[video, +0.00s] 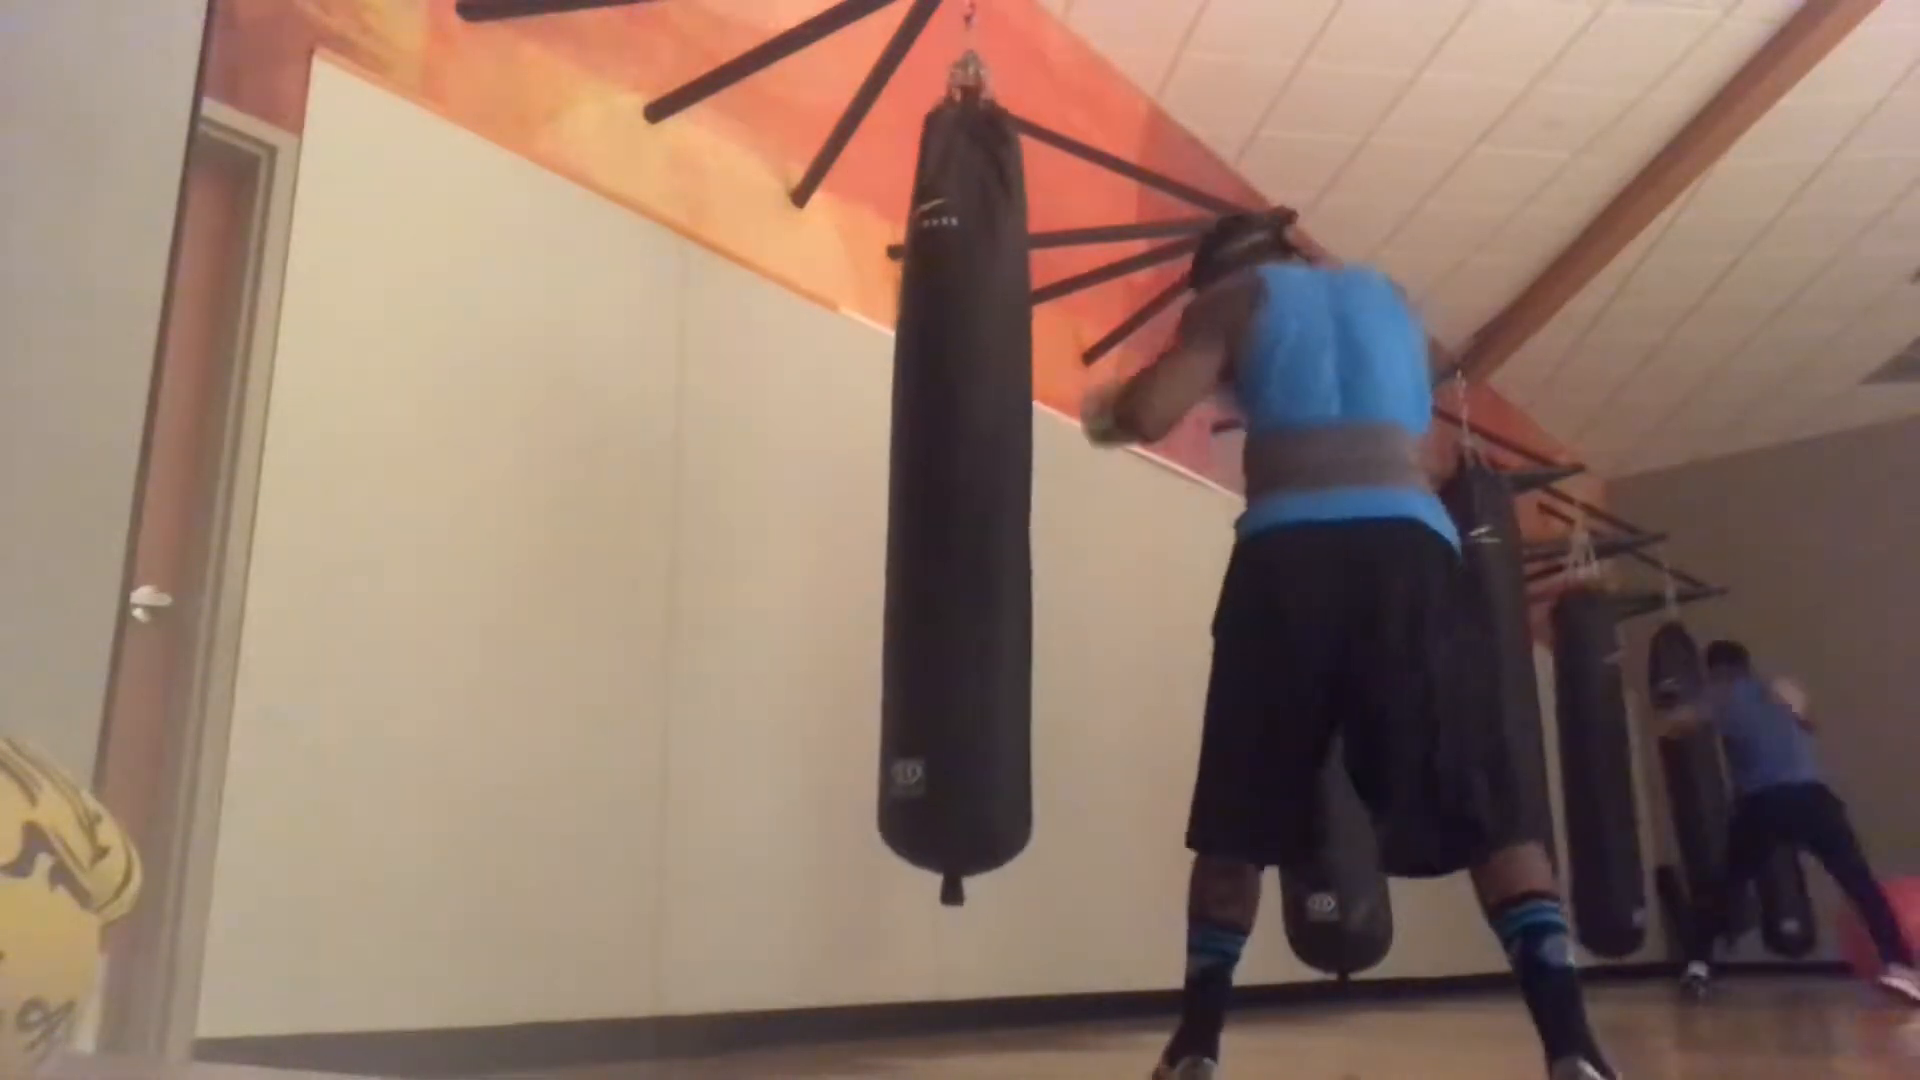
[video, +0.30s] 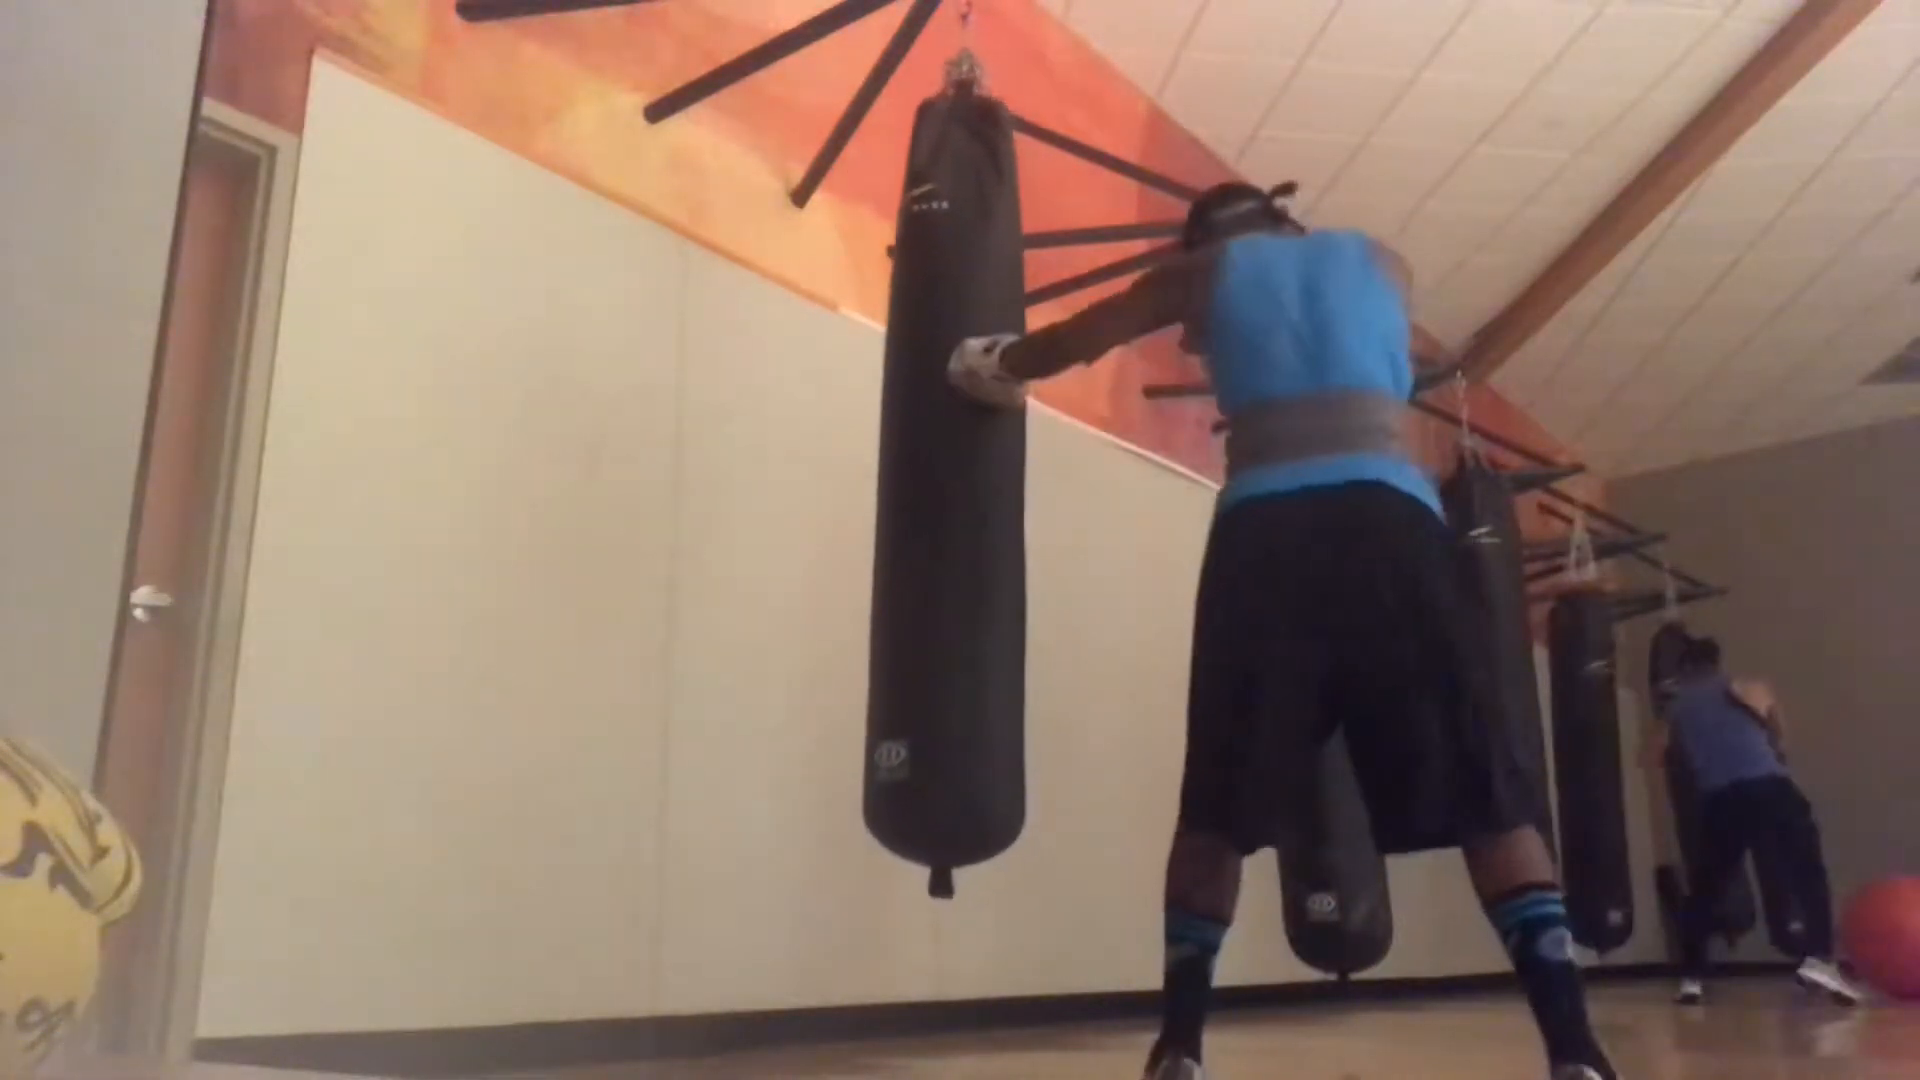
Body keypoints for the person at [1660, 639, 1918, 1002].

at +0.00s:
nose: (1713, 679)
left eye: (1712, 672)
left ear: (1712, 671)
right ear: (1746, 665)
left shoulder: (1717, 699)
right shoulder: (1776, 690)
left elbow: (1672, 724)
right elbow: (1808, 722)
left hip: (1760, 803)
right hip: (1810, 795)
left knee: (1729, 882)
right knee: (1858, 880)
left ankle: (1700, 962)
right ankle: (1897, 961)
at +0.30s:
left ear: (1681, 672)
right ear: (1717, 664)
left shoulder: (1675, 708)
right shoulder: (1739, 686)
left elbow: (1656, 756)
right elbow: (1769, 710)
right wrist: (1777, 748)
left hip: (1719, 801)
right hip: (1772, 790)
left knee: (1706, 886)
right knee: (1808, 869)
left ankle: (1692, 977)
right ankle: (1819, 958)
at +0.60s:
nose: (1734, 660)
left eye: (1727, 654)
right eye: (1738, 651)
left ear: (1717, 655)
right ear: (1754, 653)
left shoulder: (1699, 694)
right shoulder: (1781, 687)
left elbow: (1676, 750)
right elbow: (1803, 738)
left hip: (1733, 807)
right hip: (1786, 800)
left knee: (1717, 885)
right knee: (1822, 882)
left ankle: (1701, 975)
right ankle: (1817, 975)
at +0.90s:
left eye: (1715, 645)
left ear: (1705, 649)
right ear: (1742, 646)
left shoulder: (1694, 691)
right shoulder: (1773, 676)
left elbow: (1669, 745)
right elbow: (1799, 724)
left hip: (1735, 799)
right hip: (1789, 792)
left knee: (1723, 884)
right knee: (1814, 880)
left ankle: (1715, 979)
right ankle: (1815, 977)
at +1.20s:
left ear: (1671, 665)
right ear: (1708, 654)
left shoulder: (1675, 706)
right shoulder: (1742, 679)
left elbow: (1663, 764)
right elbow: (1793, 714)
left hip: (1729, 801)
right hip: (1782, 789)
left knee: (1721, 888)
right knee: (1825, 871)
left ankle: (1716, 981)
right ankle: (1828, 961)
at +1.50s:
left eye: (1670, 660)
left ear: (1678, 656)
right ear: (1715, 643)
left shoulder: (1686, 687)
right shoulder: (1743, 665)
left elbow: (1634, 718)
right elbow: (1789, 676)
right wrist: (1765, 664)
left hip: (1736, 783)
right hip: (1781, 774)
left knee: (1738, 871)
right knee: (1816, 864)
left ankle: (1713, 966)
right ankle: (1843, 962)